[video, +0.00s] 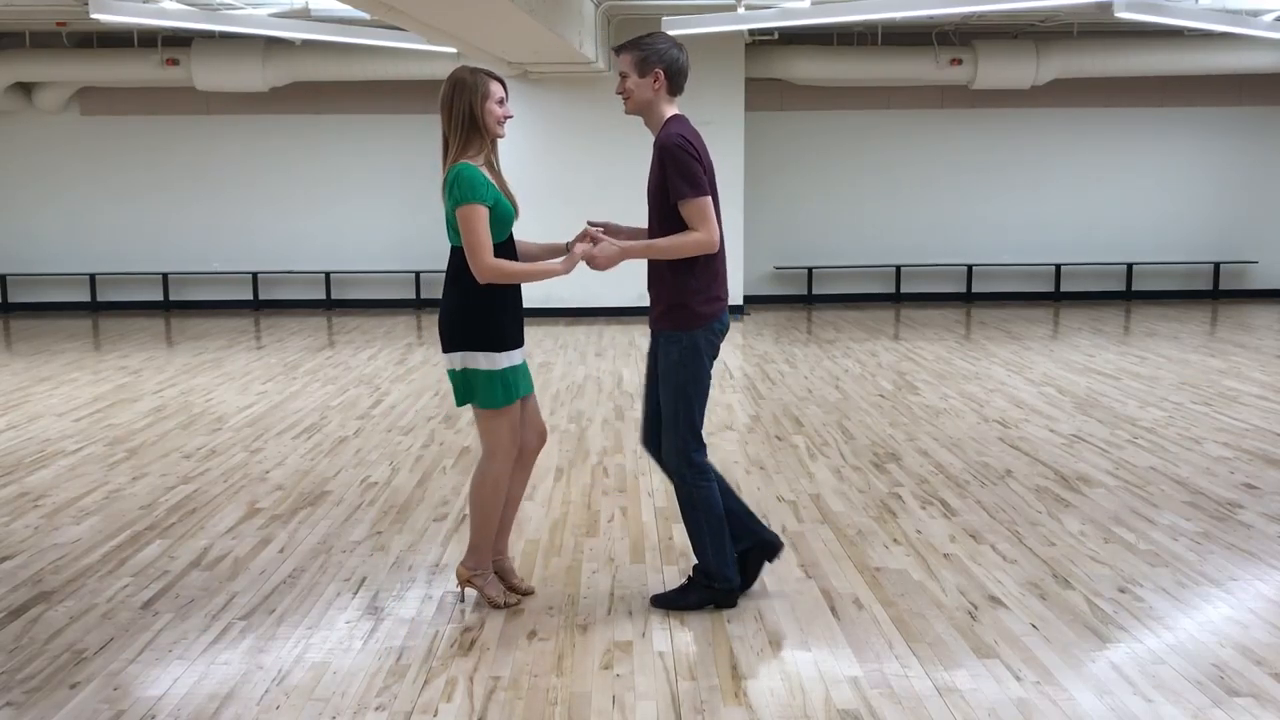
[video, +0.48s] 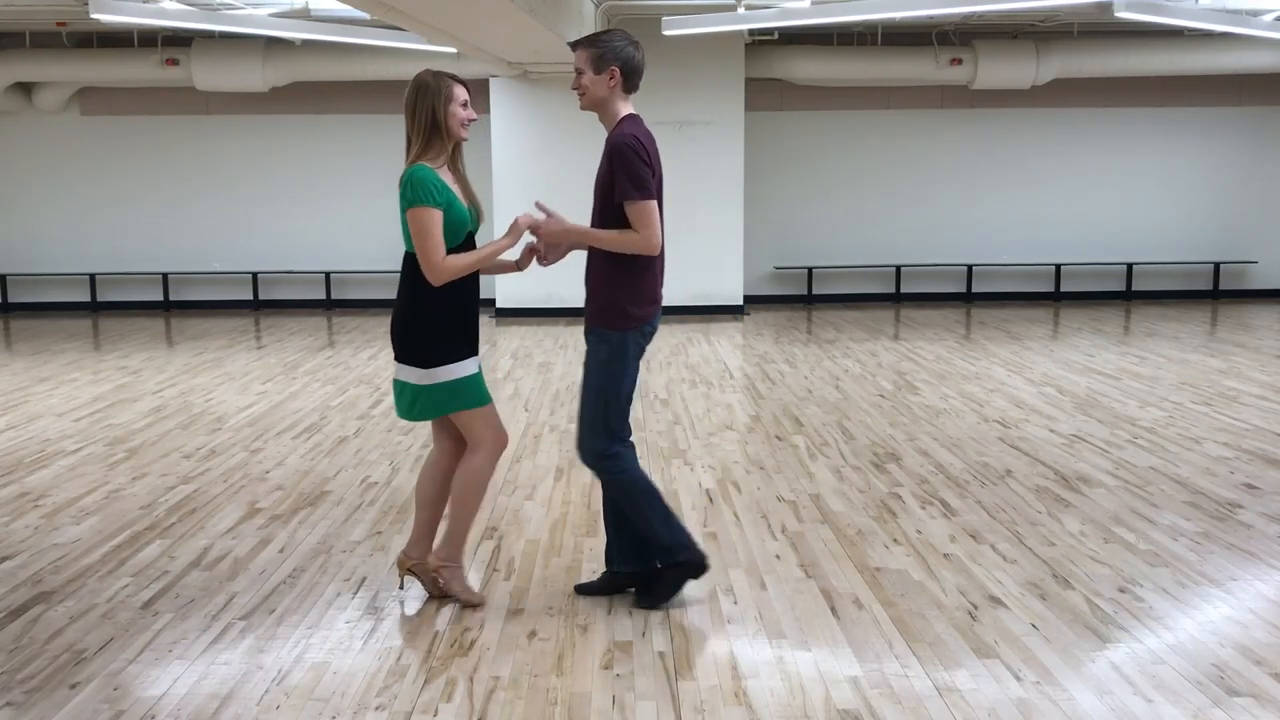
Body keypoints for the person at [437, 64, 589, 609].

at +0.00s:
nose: (507, 111)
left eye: (505, 102)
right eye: (497, 102)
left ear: (489, 109)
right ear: (471, 109)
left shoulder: (484, 172)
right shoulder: (467, 175)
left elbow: (510, 249)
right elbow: (482, 268)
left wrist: (567, 248)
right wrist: (559, 268)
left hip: (499, 327)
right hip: (476, 330)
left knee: (531, 437)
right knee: (500, 447)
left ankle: (497, 553)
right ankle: (475, 563)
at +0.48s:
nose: (471, 113)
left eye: (470, 104)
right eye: (461, 105)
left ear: (454, 112)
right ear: (433, 113)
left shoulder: (447, 175)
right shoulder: (422, 179)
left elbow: (463, 260)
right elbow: (435, 270)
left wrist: (514, 264)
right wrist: (503, 241)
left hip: (443, 332)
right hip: (433, 337)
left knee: (449, 444)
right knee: (489, 439)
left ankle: (418, 552)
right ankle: (448, 559)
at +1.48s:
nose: (468, 110)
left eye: (466, 101)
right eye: (458, 102)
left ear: (449, 111)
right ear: (432, 110)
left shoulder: (441, 172)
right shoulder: (422, 177)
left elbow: (455, 254)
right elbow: (443, 265)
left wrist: (515, 232)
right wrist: (513, 236)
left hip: (426, 326)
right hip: (442, 330)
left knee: (422, 447)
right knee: (475, 442)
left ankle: (386, 557)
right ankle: (458, 564)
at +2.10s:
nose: (491, 113)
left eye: (490, 105)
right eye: (482, 105)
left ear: (472, 113)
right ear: (457, 113)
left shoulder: (469, 176)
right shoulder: (452, 180)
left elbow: (500, 252)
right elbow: (474, 271)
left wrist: (562, 255)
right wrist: (551, 272)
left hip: (478, 330)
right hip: (472, 335)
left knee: (493, 442)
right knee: (523, 442)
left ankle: (484, 552)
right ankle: (470, 550)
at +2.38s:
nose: (488, 111)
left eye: (487, 103)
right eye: (478, 103)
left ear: (476, 111)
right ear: (451, 111)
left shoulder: (466, 174)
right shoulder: (450, 178)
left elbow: (494, 249)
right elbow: (470, 269)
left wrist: (555, 255)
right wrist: (546, 271)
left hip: (480, 328)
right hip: (458, 332)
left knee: (516, 438)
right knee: (486, 444)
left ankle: (479, 553)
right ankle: (458, 562)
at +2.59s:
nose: (477, 111)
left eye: (475, 102)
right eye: (466, 102)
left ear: (459, 111)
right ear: (440, 111)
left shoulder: (455, 173)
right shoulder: (433, 177)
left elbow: (479, 251)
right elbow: (466, 261)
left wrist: (535, 229)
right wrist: (529, 233)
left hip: (468, 327)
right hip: (449, 330)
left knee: (482, 443)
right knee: (478, 446)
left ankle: (420, 544)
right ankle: (460, 562)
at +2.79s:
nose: (461, 111)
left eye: (459, 102)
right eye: (450, 102)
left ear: (442, 111)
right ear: (423, 111)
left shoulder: (439, 171)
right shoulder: (413, 176)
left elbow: (459, 257)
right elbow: (434, 266)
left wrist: (519, 258)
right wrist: (501, 237)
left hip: (437, 330)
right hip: (426, 334)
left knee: (442, 443)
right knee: (479, 439)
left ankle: (408, 550)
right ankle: (453, 558)